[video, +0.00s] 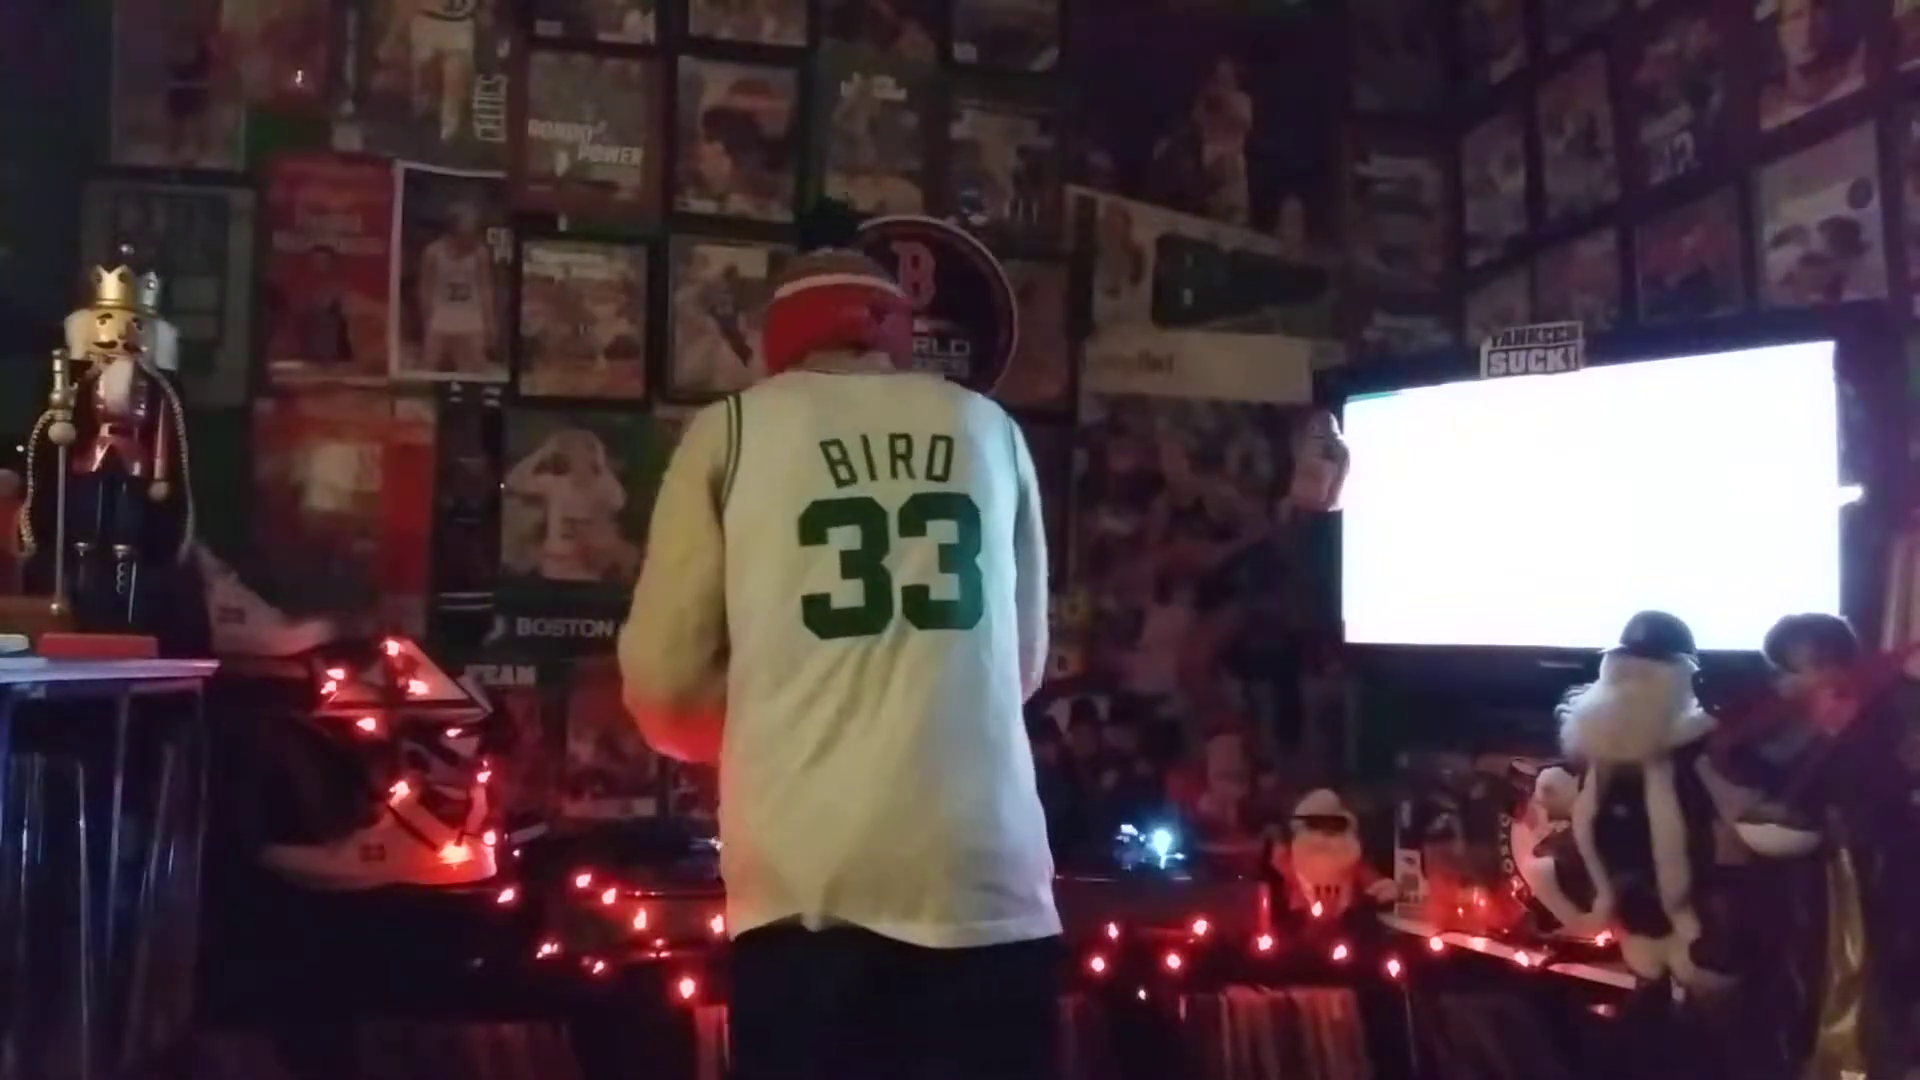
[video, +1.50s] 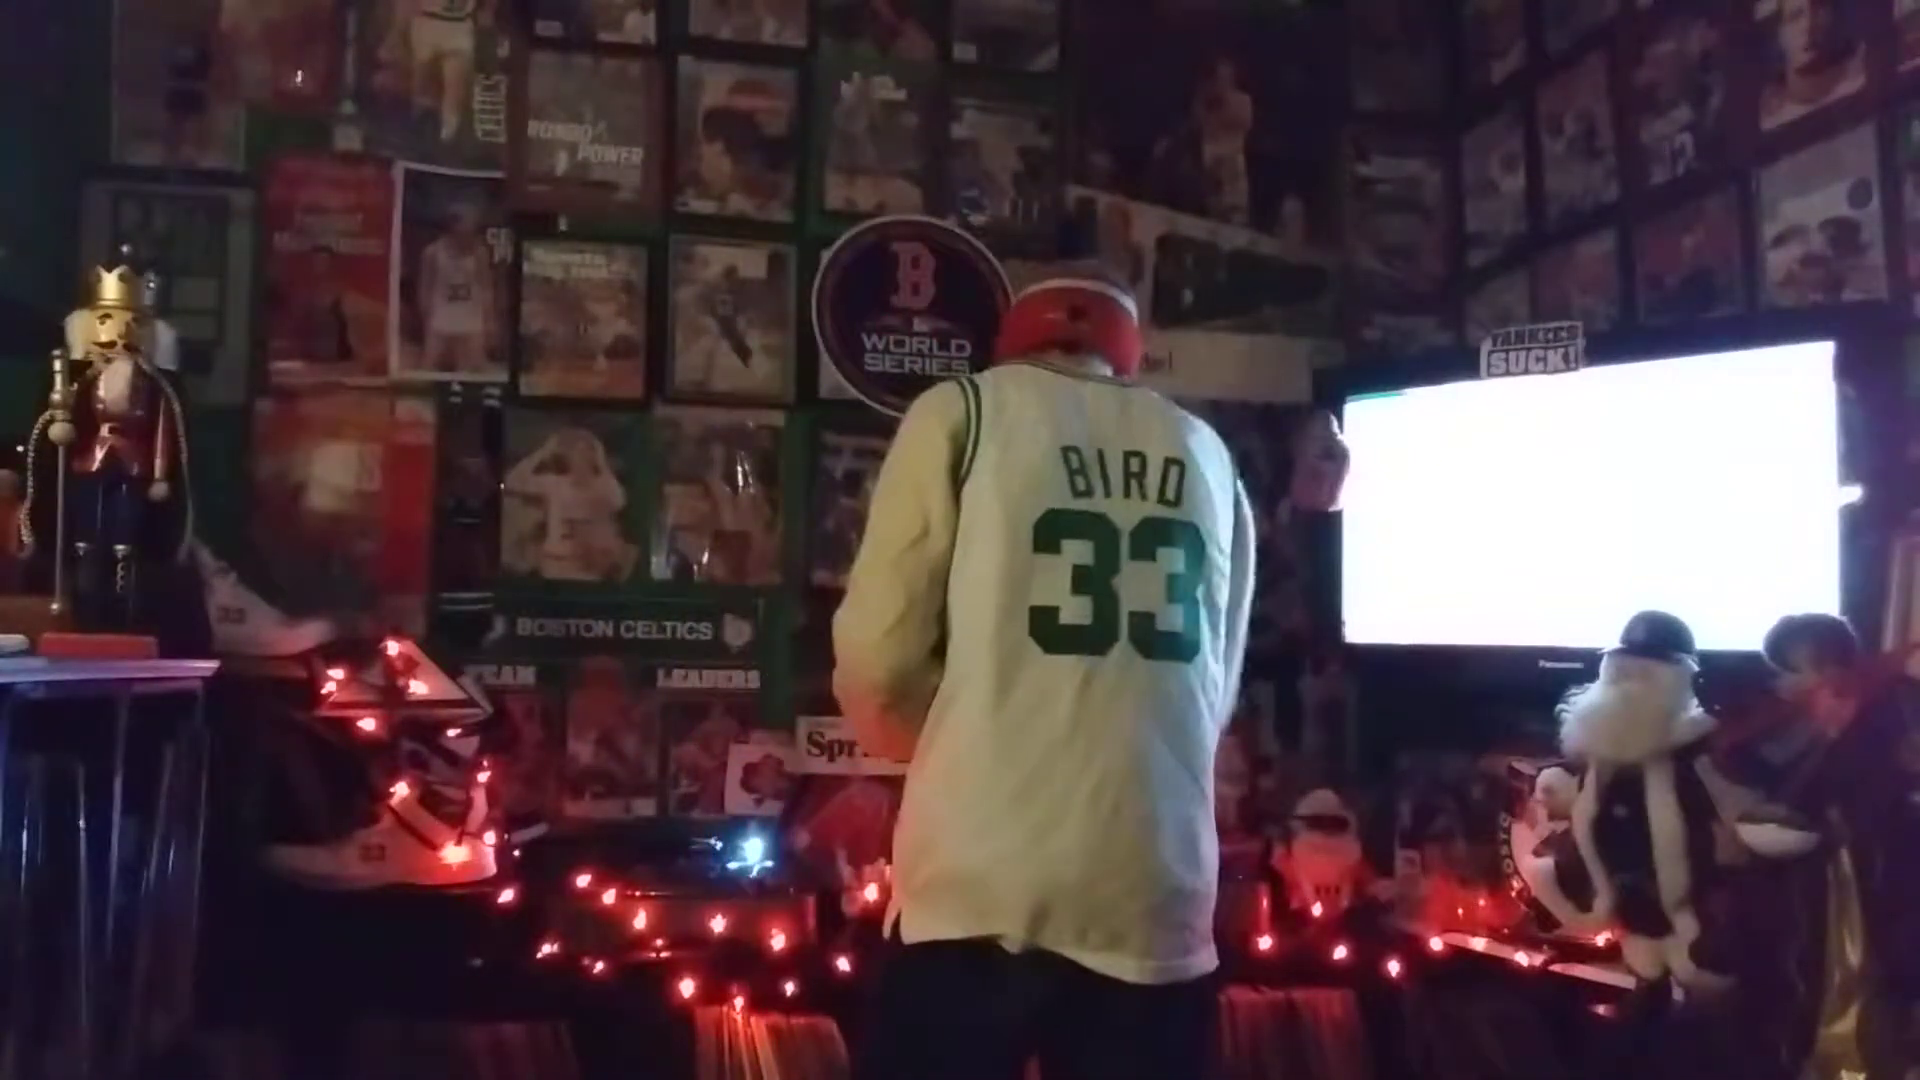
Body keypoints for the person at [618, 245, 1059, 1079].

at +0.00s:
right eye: (897, 323)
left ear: (774, 341)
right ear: (891, 332)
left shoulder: (727, 430)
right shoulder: (994, 429)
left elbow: (662, 685)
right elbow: (1024, 663)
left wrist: (776, 736)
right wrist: (910, 719)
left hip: (800, 892)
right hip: (989, 890)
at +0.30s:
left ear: (833, 323)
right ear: (966, 321)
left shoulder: (773, 427)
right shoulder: (1042, 423)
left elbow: (705, 683)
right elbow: (1091, 660)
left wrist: (818, 740)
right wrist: (981, 734)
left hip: (834, 908)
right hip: (1018, 909)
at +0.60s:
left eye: (893, 314)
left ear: (904, 324)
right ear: (1025, 325)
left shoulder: (843, 423)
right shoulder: (1114, 429)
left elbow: (769, 678)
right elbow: (1189, 649)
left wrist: (859, 761)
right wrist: (1106, 783)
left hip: (880, 897)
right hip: (1067, 903)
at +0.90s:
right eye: (1099, 316)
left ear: (974, 320)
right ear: (1091, 326)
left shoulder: (902, 422)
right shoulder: (1173, 431)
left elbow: (821, 674)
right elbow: (1240, 674)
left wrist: (931, 750)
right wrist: (1151, 780)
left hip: (933, 899)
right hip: (1120, 904)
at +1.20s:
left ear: (1011, 321)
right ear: (1136, 339)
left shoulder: (943, 415)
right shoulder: (1213, 443)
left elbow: (864, 658)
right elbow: (1250, 691)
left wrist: (966, 750)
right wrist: (1161, 793)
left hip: (960, 887)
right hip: (1148, 903)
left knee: (933, 1063)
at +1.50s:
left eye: (1004, 343)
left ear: (1011, 341)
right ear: (1134, 360)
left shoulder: (961, 411)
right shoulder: (1213, 455)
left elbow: (876, 661)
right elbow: (1216, 688)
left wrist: (950, 766)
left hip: (975, 884)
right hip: (1156, 903)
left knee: (933, 1061)